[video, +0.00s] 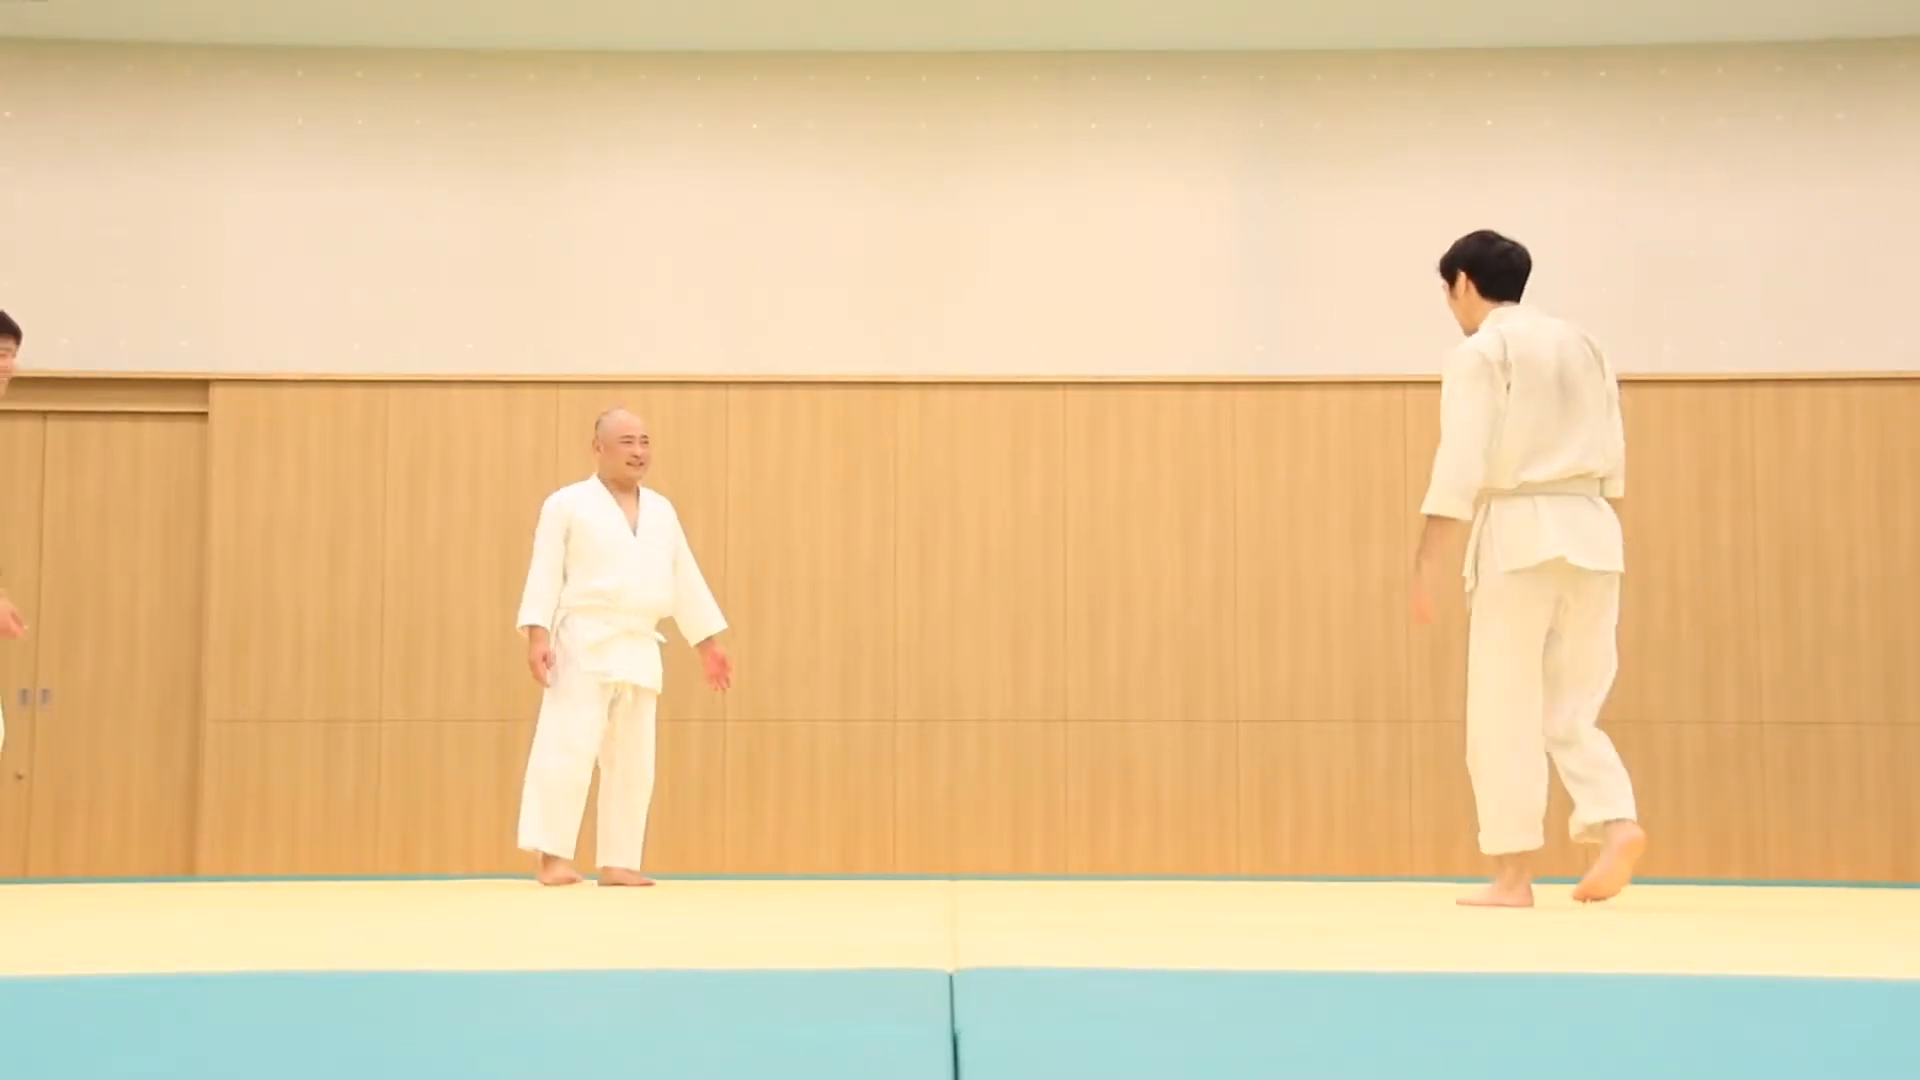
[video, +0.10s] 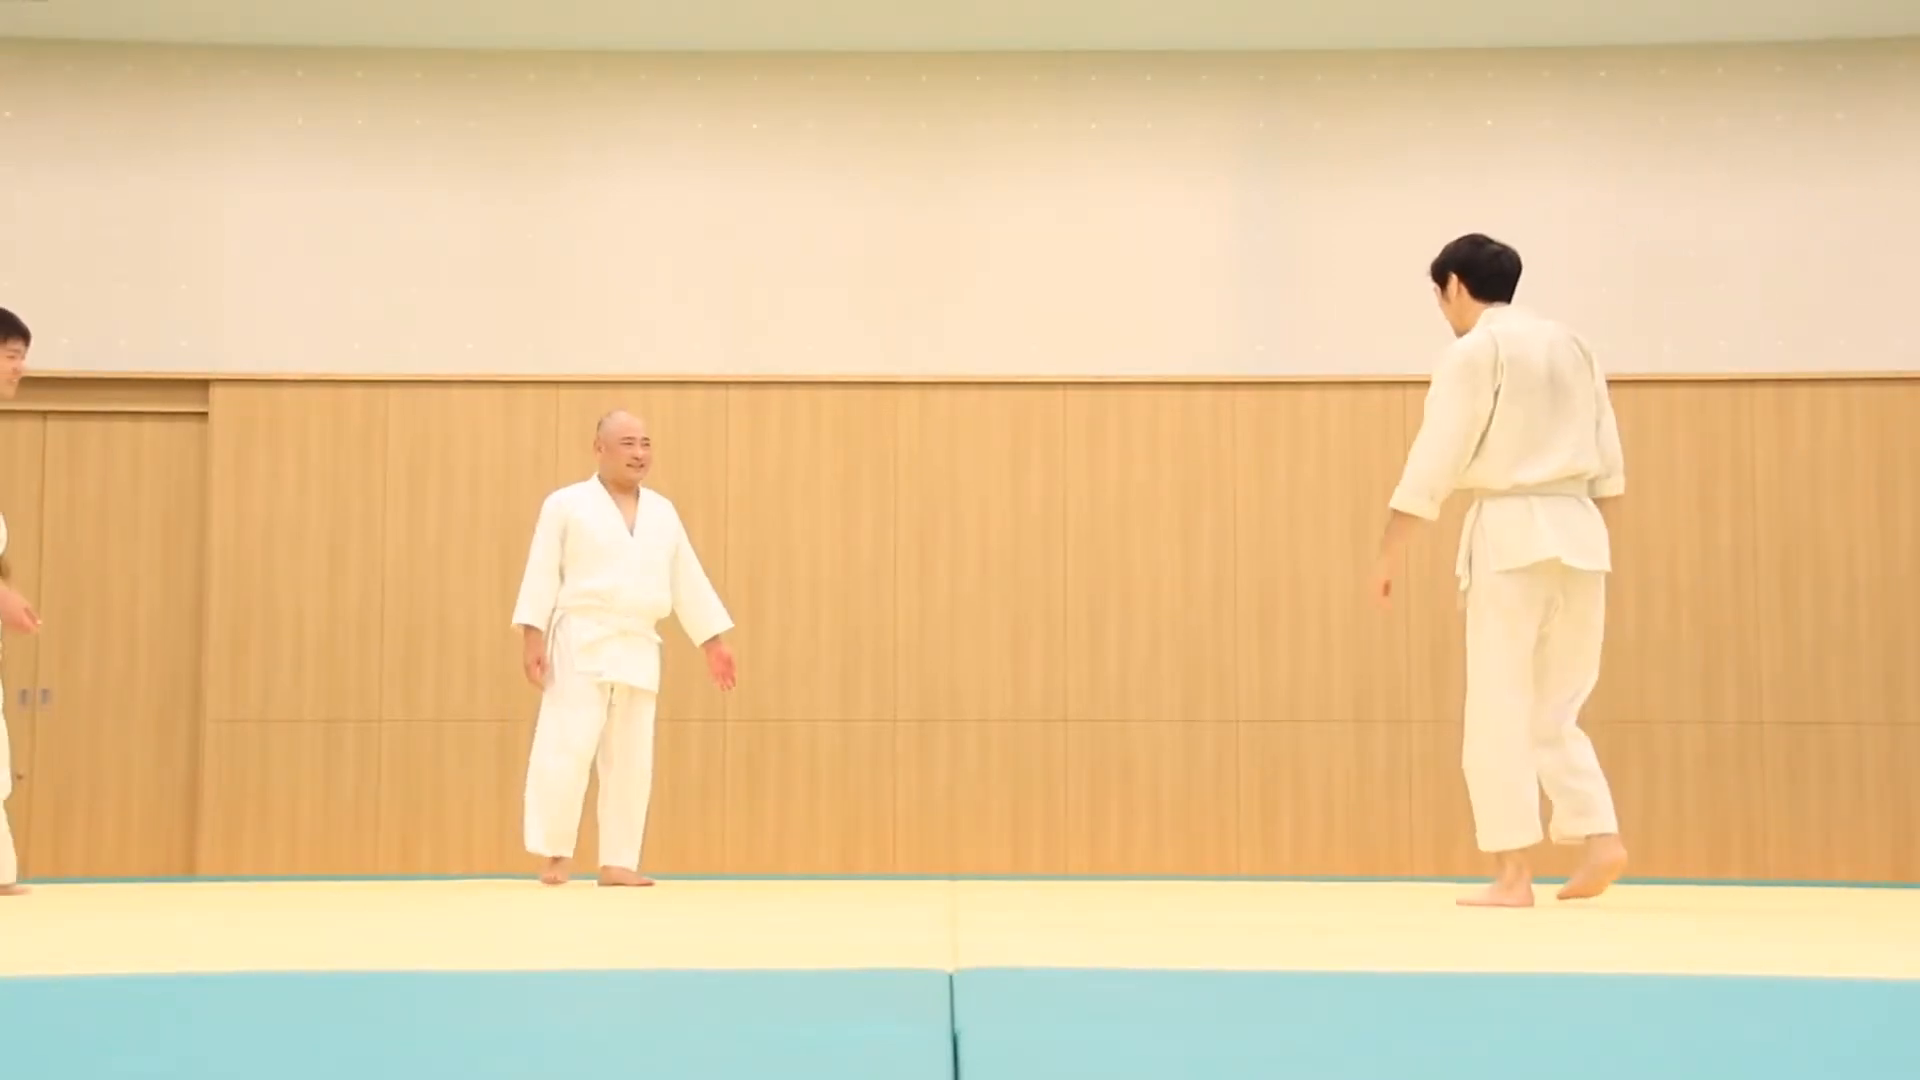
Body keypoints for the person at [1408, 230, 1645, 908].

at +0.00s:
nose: (1450, 306)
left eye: (1450, 291)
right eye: (1449, 292)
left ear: (1468, 285)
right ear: (1515, 284)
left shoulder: (1479, 351)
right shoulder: (1582, 346)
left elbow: (1461, 465)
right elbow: (1611, 460)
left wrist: (1426, 565)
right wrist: (1588, 529)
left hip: (1516, 537)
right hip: (1594, 535)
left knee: (1503, 701)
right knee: (1572, 706)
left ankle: (1511, 878)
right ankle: (1619, 823)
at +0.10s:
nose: (1441, 310)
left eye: (1440, 295)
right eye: (1438, 297)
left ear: (1458, 286)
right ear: (1508, 285)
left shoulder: (1476, 348)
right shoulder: (1572, 345)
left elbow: (1438, 451)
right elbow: (1606, 459)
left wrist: (1390, 548)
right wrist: (1588, 531)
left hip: (1509, 533)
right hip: (1580, 533)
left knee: (1496, 705)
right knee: (1555, 705)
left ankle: (1510, 877)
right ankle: (1601, 837)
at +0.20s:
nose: (1437, 313)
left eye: (1436, 298)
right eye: (1435, 300)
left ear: (1454, 289)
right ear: (1502, 289)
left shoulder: (1471, 353)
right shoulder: (1563, 350)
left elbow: (1423, 453)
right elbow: (1604, 459)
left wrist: (1364, 538)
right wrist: (1609, 546)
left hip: (1504, 535)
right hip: (1570, 535)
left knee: (1496, 700)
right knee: (1560, 699)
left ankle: (1513, 875)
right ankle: (1579, 864)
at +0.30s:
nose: (1436, 322)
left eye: (1435, 306)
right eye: (1434, 308)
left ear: (1453, 296)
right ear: (1499, 297)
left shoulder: (1471, 360)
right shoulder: (1555, 358)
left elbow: (1425, 461)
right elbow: (1595, 464)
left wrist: (1355, 536)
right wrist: (1608, 550)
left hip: (1501, 540)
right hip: (1564, 540)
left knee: (1492, 704)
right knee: (1556, 706)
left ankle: (1514, 873)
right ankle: (1558, 871)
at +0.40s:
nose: (1435, 326)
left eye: (1434, 311)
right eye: (1432, 312)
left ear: (1454, 301)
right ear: (1495, 302)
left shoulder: (1473, 363)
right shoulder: (1550, 363)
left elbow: (1445, 473)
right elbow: (1585, 473)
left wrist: (1375, 547)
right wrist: (1599, 561)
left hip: (1500, 545)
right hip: (1559, 545)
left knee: (1488, 705)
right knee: (1552, 706)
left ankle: (1515, 868)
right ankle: (1559, 871)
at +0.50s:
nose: (1430, 325)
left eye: (1432, 310)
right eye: (1428, 312)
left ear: (1455, 303)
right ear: (1489, 304)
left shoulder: (1472, 363)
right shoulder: (1544, 363)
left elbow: (1467, 478)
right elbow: (1573, 475)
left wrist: (1429, 565)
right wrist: (1580, 565)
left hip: (1505, 547)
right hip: (1559, 547)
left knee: (1476, 707)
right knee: (1550, 710)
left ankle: (1517, 858)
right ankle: (1562, 872)